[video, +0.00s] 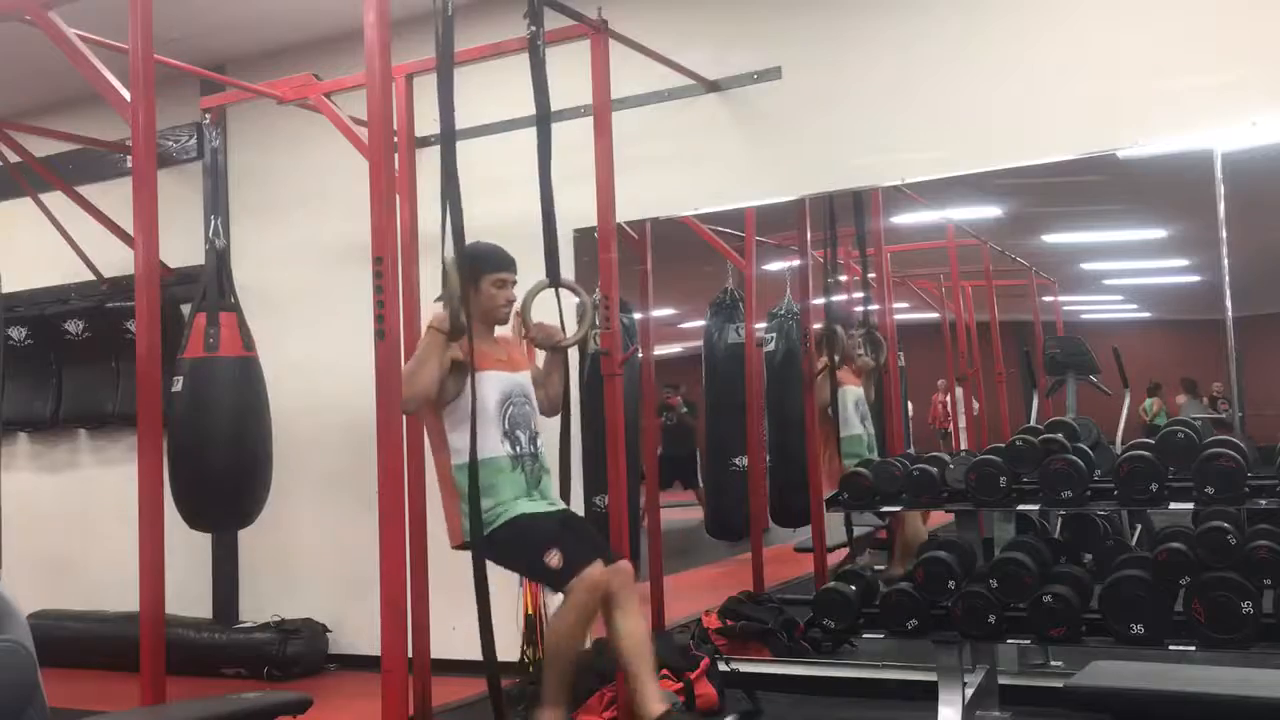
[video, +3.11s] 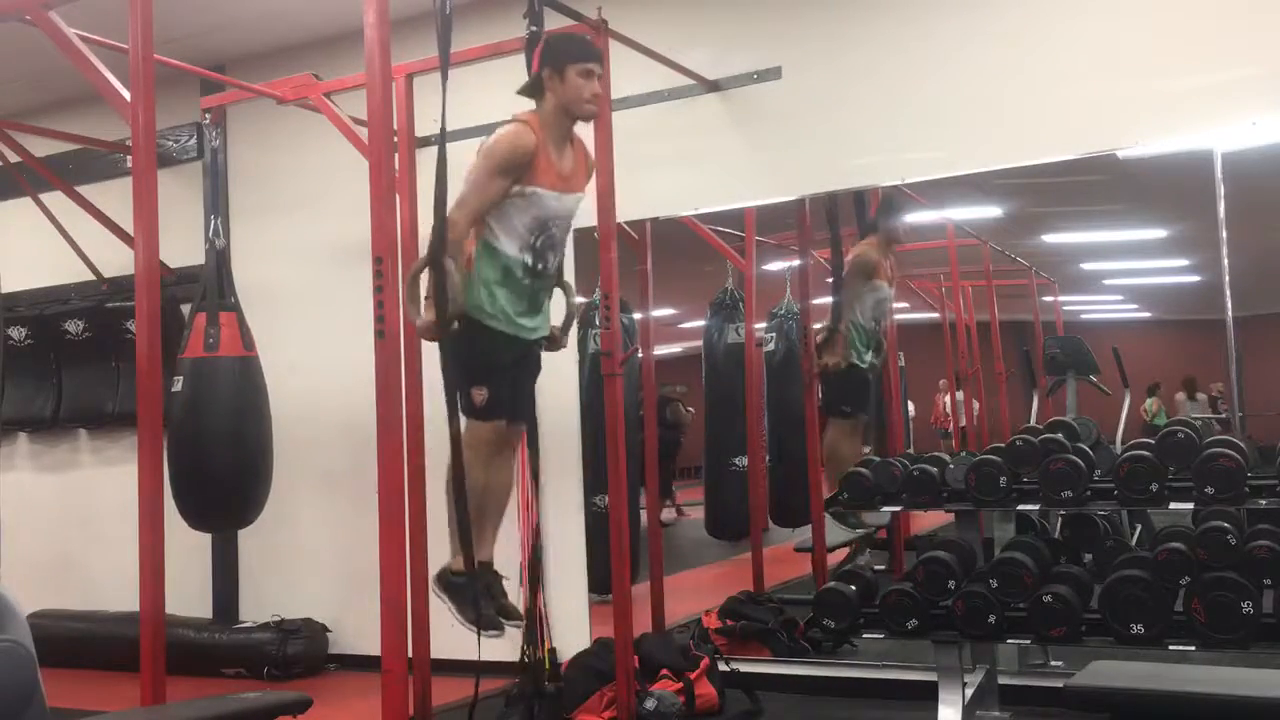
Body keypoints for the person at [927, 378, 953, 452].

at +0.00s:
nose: (941, 387)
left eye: (943, 385)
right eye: (940, 385)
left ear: (946, 386)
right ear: (938, 386)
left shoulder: (948, 396)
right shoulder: (935, 397)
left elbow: (950, 408)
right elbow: (933, 409)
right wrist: (931, 420)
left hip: (947, 421)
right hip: (938, 421)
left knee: (949, 438)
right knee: (941, 439)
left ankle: (950, 451)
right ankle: (943, 452)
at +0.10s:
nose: (941, 388)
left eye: (943, 386)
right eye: (940, 386)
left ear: (946, 386)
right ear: (938, 387)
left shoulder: (948, 396)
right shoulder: (935, 397)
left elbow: (951, 407)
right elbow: (933, 409)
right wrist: (931, 420)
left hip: (948, 421)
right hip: (939, 422)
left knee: (950, 438)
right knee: (941, 439)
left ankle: (952, 452)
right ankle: (943, 452)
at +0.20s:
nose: (942, 388)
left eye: (943, 385)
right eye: (940, 386)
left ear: (946, 386)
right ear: (938, 387)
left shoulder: (948, 396)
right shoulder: (935, 397)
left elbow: (951, 409)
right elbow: (934, 410)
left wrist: (952, 421)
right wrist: (932, 420)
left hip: (948, 421)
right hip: (939, 422)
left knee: (950, 438)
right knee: (941, 439)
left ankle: (951, 451)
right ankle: (943, 451)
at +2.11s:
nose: (944, 388)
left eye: (945, 386)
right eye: (942, 386)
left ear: (948, 386)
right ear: (940, 387)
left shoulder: (950, 396)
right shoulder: (938, 397)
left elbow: (953, 409)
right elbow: (935, 410)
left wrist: (953, 422)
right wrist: (933, 420)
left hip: (950, 422)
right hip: (941, 422)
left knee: (951, 439)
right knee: (942, 440)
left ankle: (953, 452)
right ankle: (943, 453)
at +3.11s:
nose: (942, 387)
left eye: (943, 385)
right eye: (940, 386)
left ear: (947, 386)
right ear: (939, 386)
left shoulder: (949, 396)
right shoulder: (938, 396)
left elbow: (952, 409)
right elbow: (935, 408)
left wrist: (952, 420)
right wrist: (933, 419)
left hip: (948, 421)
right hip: (940, 421)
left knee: (949, 439)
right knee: (942, 439)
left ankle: (951, 452)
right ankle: (944, 452)